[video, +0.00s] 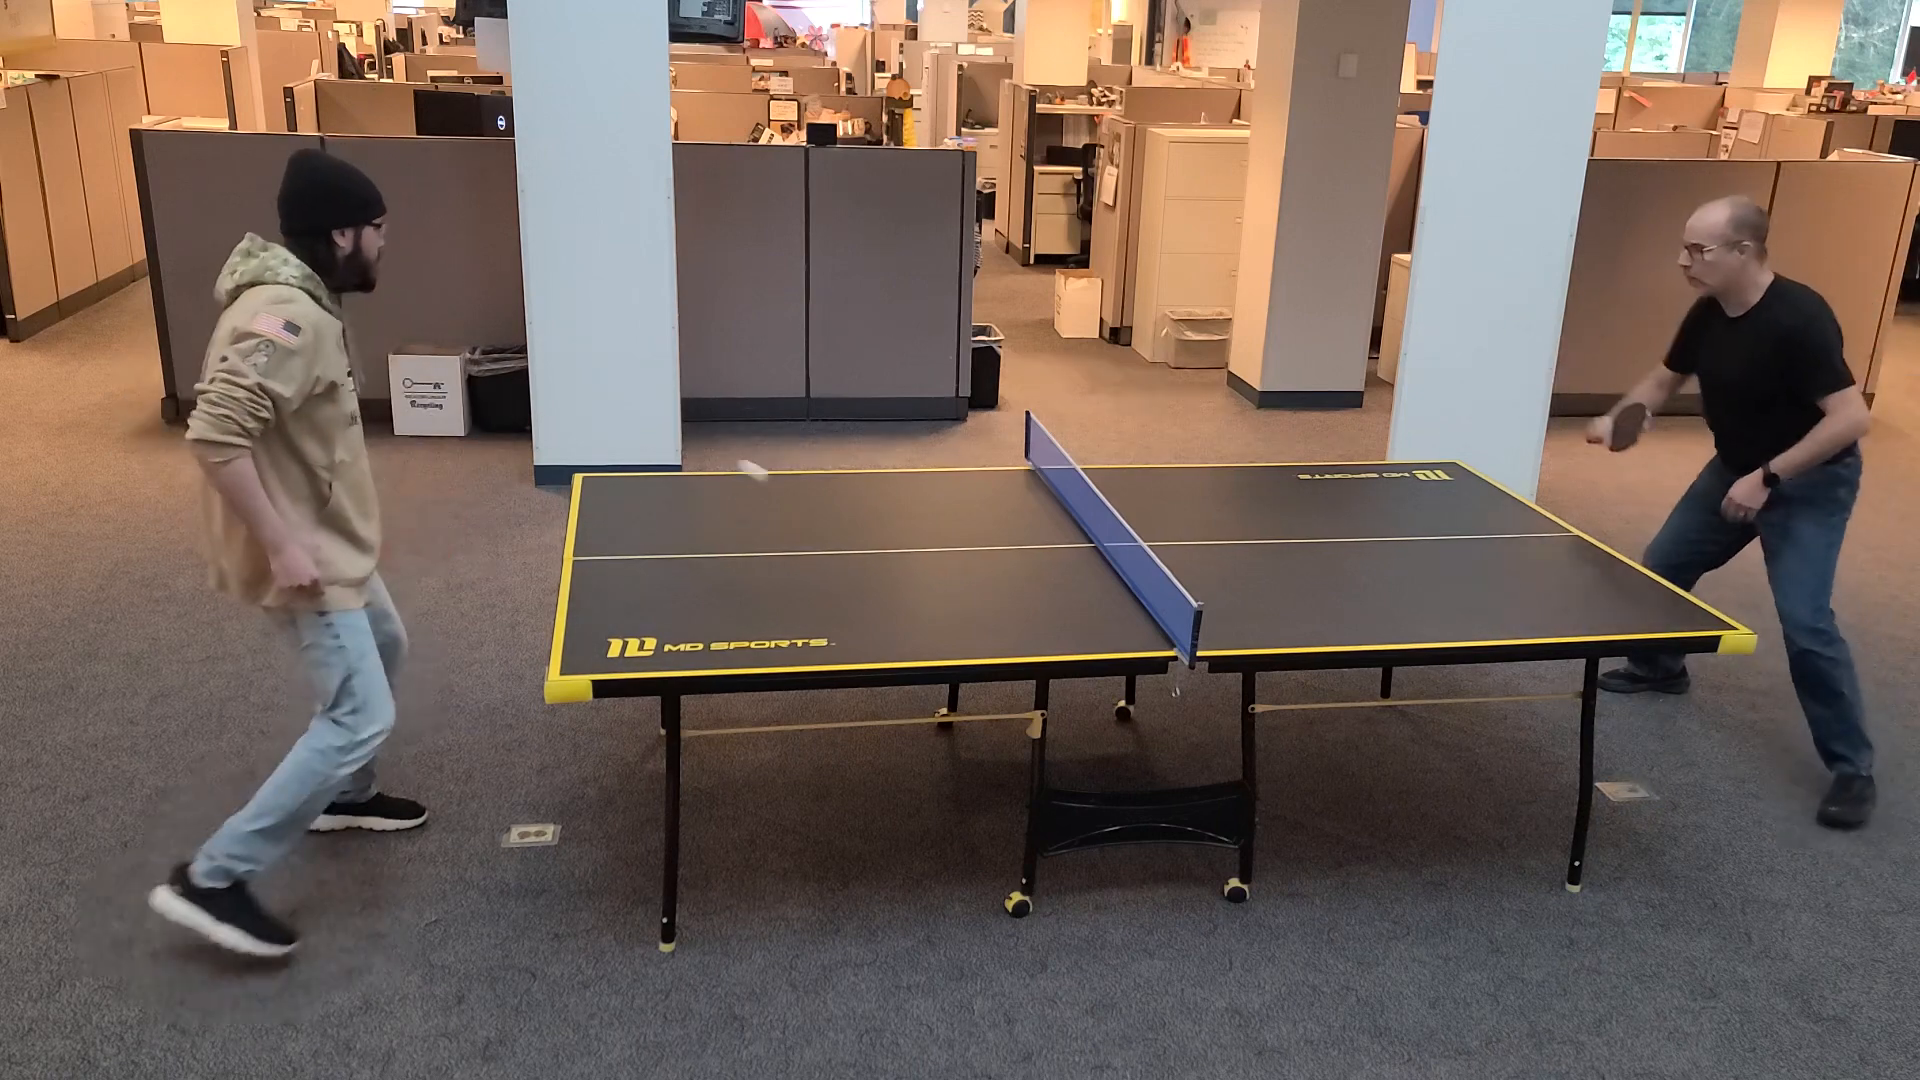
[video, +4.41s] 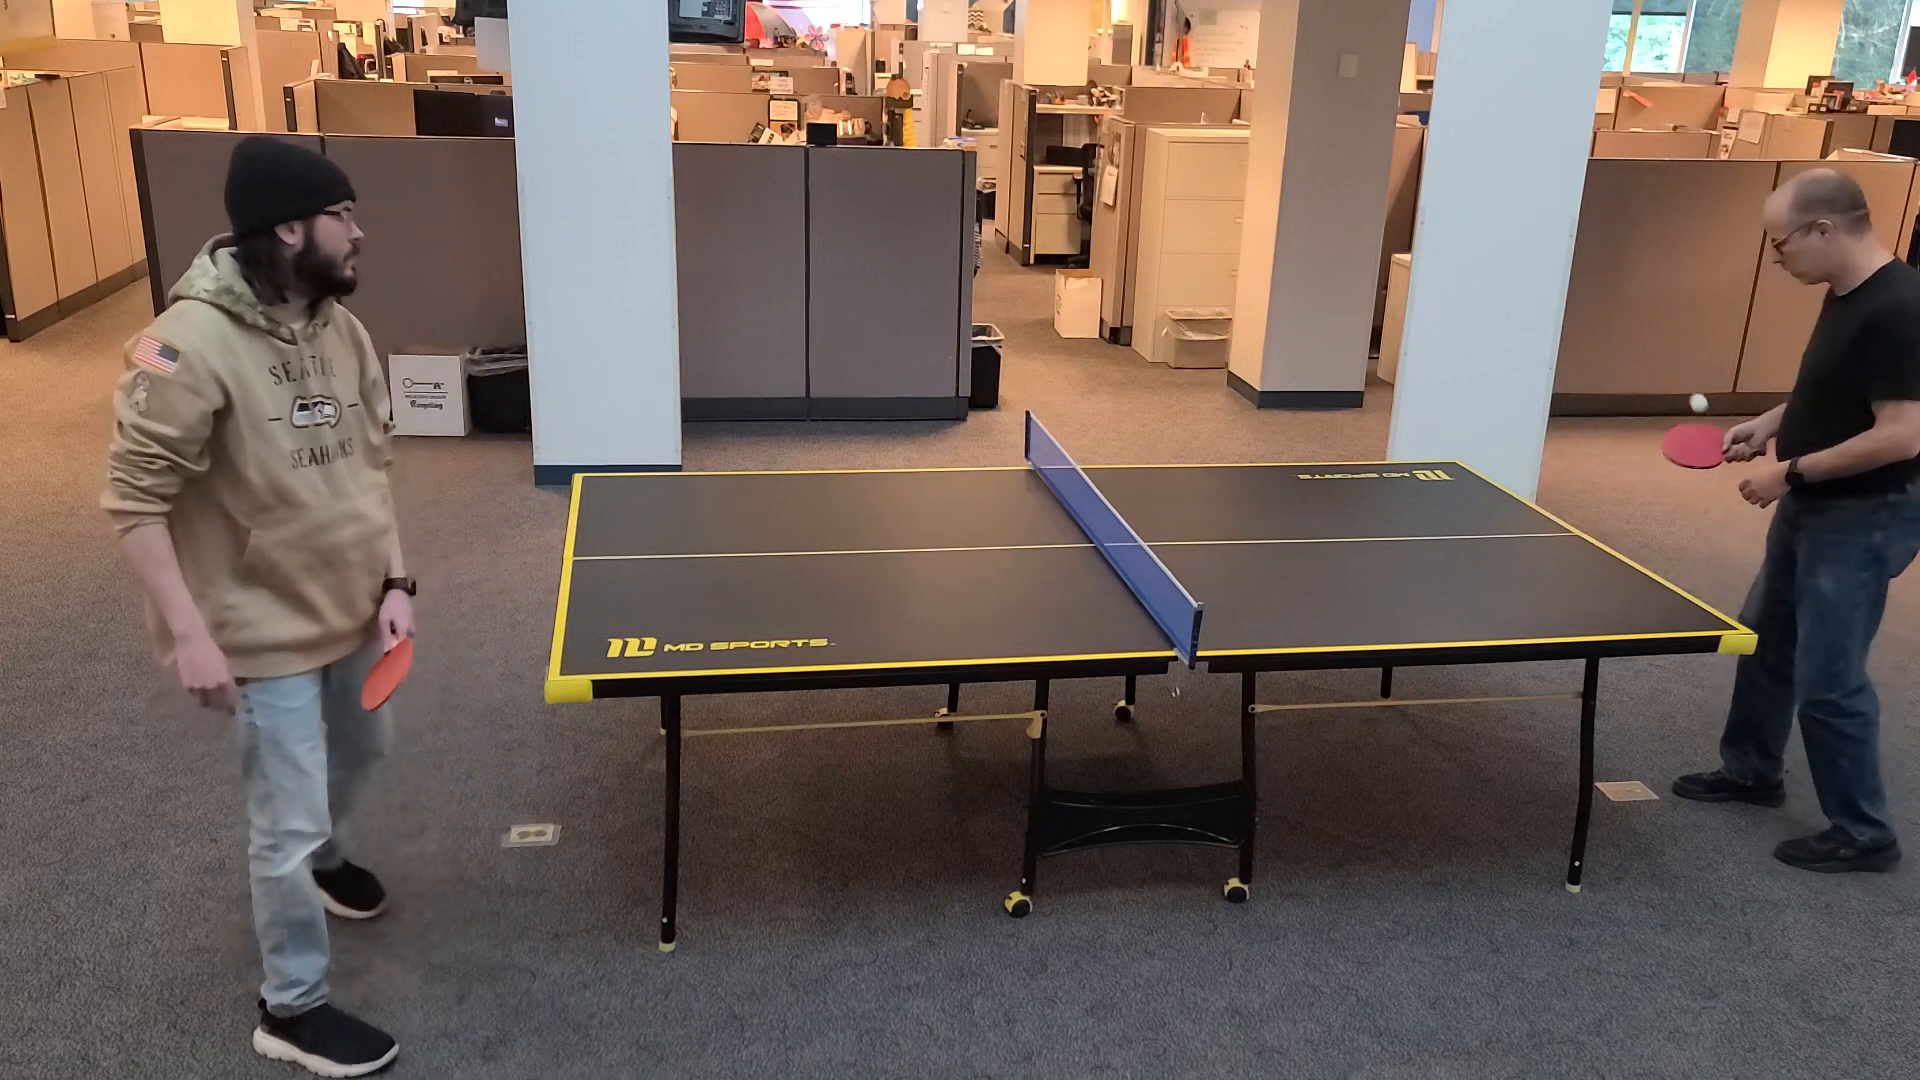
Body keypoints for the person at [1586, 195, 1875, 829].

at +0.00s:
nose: (1685, 261)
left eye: (1697, 251)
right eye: (1684, 249)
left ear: (1744, 253)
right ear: (1729, 254)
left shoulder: (1802, 317)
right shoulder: (1705, 315)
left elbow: (1851, 417)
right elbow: (1664, 381)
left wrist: (1767, 476)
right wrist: (1624, 417)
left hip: (1810, 483)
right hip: (1735, 470)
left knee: (1805, 625)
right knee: (1658, 568)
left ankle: (1851, 768)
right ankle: (1659, 666)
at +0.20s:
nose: (1719, 256)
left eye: (1733, 245)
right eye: (1718, 243)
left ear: (1783, 248)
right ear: (1769, 249)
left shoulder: (1845, 315)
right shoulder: (1754, 310)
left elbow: (1900, 416)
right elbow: (1737, 388)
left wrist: (1814, 479)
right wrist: (1704, 428)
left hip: (1867, 484)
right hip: (1795, 474)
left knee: (1832, 642)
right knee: (1721, 580)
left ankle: (1857, 778)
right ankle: (1709, 690)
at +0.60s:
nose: (1783, 296)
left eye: (1797, 284)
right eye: (1782, 282)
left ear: (1852, 284)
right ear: (1828, 286)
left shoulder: (1910, 358)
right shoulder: (1816, 348)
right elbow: (1791, 434)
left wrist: (1879, 532)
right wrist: (1762, 494)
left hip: (1901, 557)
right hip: (1828, 540)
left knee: (1883, 706)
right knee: (1763, 637)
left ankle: (1914, 867)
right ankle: (1798, 745)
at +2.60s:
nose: (1856, 248)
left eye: (1876, 242)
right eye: (1856, 232)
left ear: (1917, 256)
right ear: (1852, 224)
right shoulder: (1839, 300)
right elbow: (1806, 377)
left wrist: (1887, 531)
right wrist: (1773, 438)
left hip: (1887, 544)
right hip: (1803, 515)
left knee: (1847, 699)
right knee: (1754, 653)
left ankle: (1820, 822)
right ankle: (1736, 784)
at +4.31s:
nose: (1765, 252)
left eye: (1772, 238)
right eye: (1762, 239)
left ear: (1818, 225)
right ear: (1812, 228)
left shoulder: (1888, 302)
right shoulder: (1821, 288)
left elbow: (1902, 427)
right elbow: (1812, 385)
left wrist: (1794, 472)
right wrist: (1746, 425)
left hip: (1856, 507)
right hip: (1796, 498)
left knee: (1820, 672)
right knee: (1758, 638)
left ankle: (1861, 826)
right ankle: (1752, 771)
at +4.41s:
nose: (1776, 256)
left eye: (1781, 242)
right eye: (1772, 243)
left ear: (1826, 231)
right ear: (1826, 231)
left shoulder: (1898, 306)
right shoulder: (1849, 293)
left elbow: (1902, 435)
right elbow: (1833, 391)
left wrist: (1791, 471)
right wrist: (1769, 422)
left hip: (1860, 518)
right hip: (1809, 508)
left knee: (1829, 682)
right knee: (1766, 642)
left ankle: (1863, 832)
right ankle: (1752, 771)